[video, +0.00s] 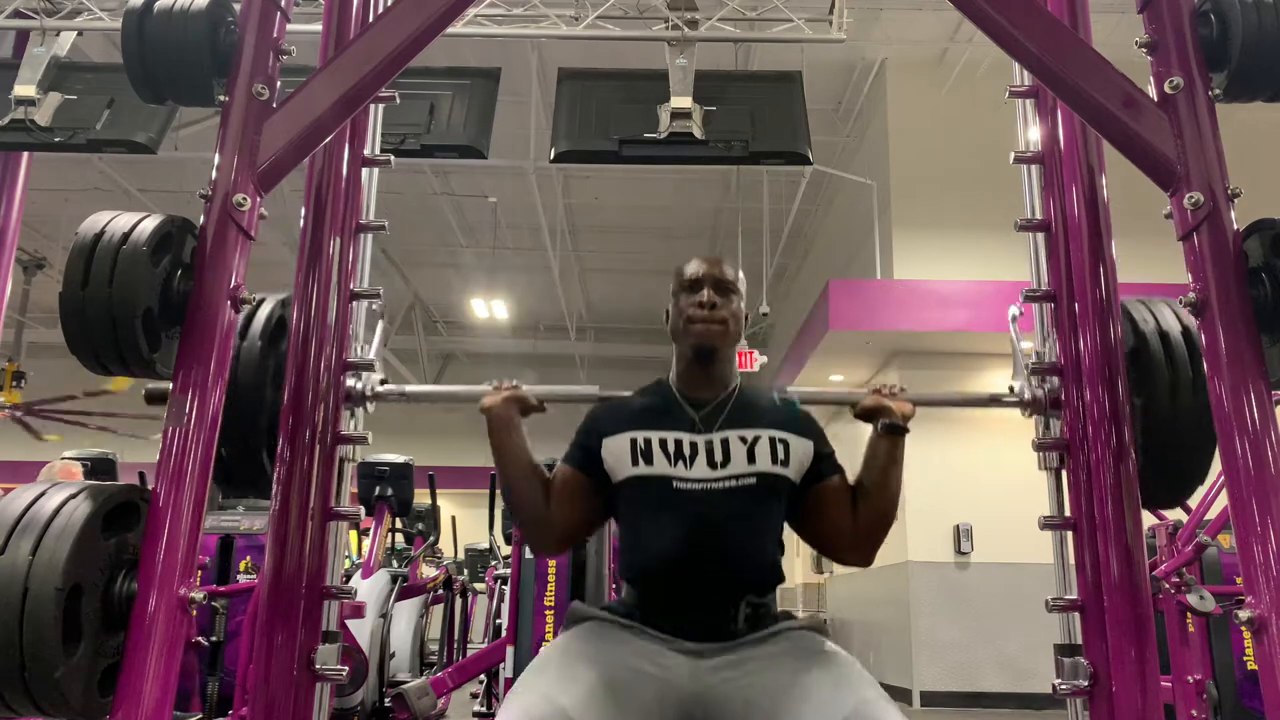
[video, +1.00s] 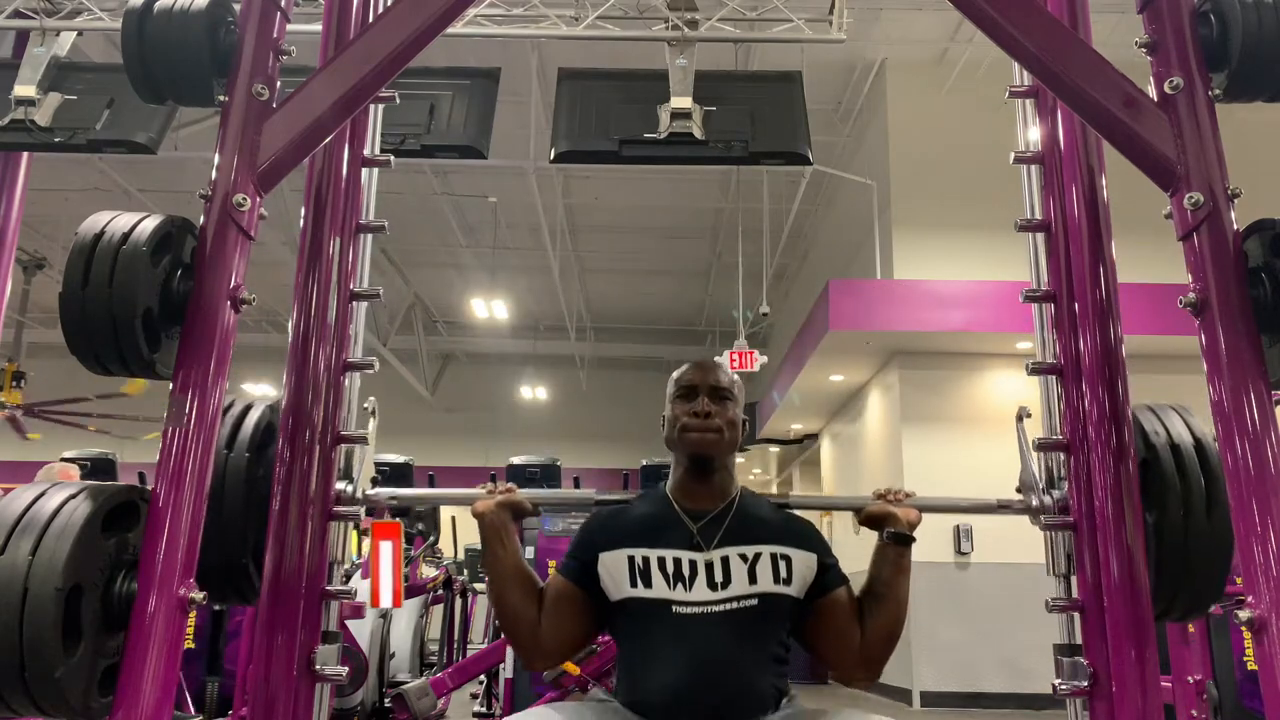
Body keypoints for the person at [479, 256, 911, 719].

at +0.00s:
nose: (706, 297)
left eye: (723, 290)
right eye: (692, 289)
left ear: (745, 318)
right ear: (671, 317)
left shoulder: (787, 423)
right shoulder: (616, 422)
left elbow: (857, 543)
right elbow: (548, 533)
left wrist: (888, 435)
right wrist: (502, 420)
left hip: (763, 650)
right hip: (631, 645)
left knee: (877, 717)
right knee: (526, 714)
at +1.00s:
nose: (703, 407)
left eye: (719, 398)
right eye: (687, 397)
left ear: (742, 426)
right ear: (664, 423)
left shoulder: (792, 536)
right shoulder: (610, 531)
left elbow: (858, 664)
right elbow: (541, 647)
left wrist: (895, 543)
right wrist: (496, 528)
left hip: (762, 713)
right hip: (640, 713)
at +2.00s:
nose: (705, 187)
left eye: (722, 182)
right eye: (691, 179)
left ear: (743, 214)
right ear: (669, 212)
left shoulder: (787, 317)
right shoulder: (617, 316)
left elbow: (853, 432)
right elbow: (548, 420)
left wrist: (885, 330)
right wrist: (508, 316)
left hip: (775, 553)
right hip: (639, 549)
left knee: (820, 710)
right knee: (597, 707)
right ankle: (677, 707)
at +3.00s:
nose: (707, 350)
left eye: (721, 342)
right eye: (692, 343)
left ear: (744, 371)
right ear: (668, 372)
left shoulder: (787, 478)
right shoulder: (613, 476)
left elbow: (858, 601)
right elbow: (544, 578)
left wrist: (894, 487)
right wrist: (499, 478)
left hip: (767, 685)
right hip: (637, 683)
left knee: (885, 717)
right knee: (511, 717)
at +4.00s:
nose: (703, 378)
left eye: (719, 373)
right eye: (687, 372)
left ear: (741, 411)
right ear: (666, 408)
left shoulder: (790, 514)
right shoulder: (611, 509)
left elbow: (860, 637)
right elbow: (543, 629)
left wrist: (894, 522)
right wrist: (499, 516)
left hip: (768, 700)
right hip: (636, 700)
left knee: (891, 717)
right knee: (517, 717)